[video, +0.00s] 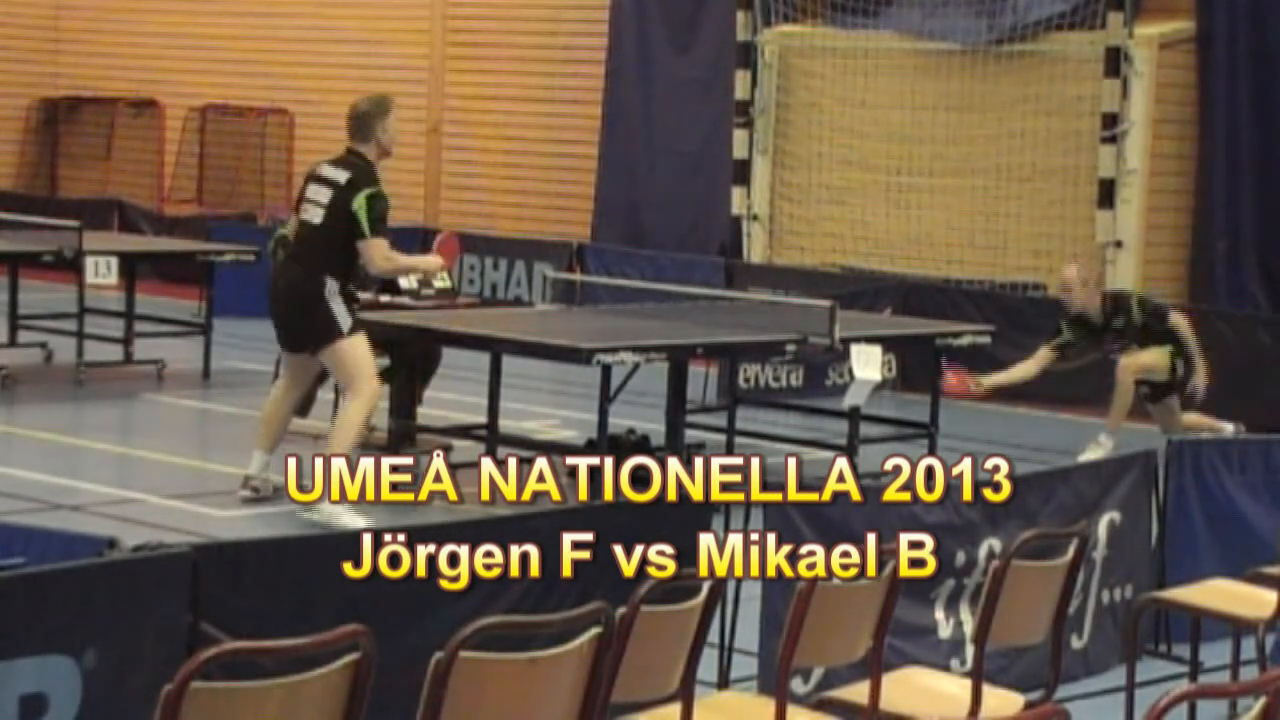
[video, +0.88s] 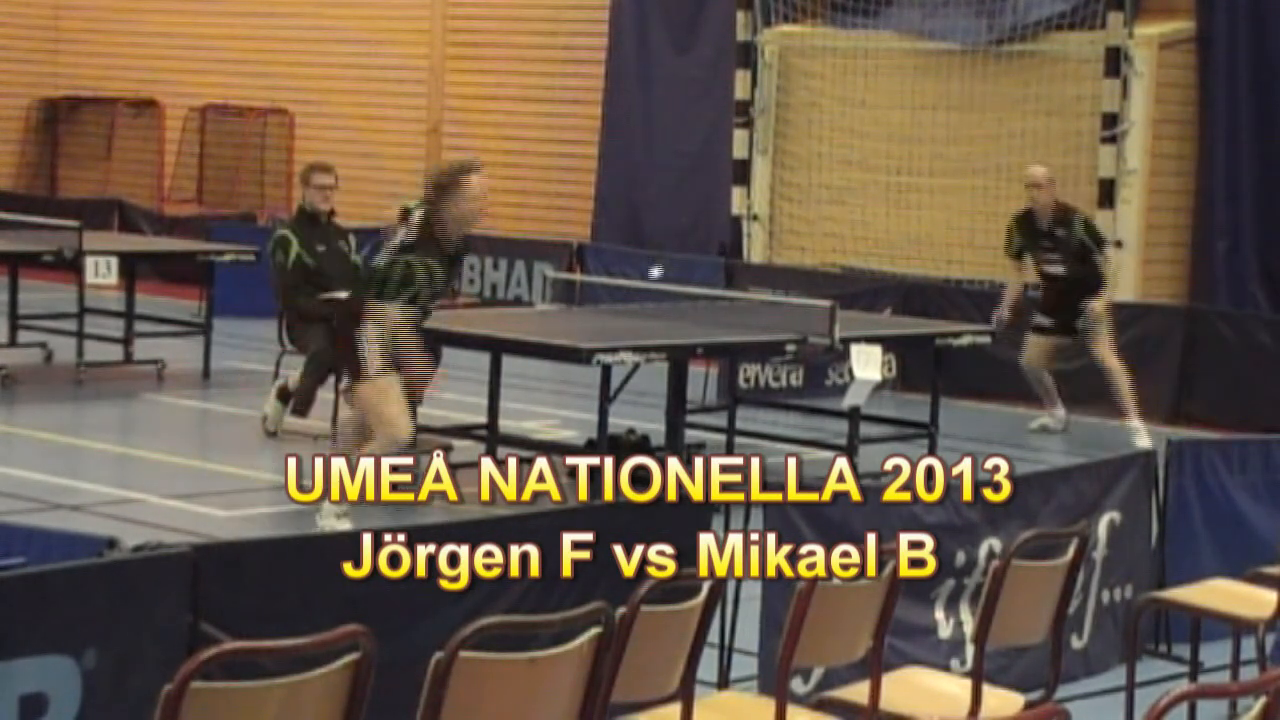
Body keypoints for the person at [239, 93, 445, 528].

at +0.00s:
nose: (398, 134)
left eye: (395, 127)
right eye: (393, 128)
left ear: (357, 132)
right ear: (377, 133)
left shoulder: (322, 170)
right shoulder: (365, 186)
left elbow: (307, 229)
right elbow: (379, 260)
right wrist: (423, 262)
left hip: (287, 282)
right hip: (318, 288)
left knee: (297, 379)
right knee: (365, 386)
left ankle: (257, 472)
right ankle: (332, 493)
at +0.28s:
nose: (380, 146)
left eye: (377, 138)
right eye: (375, 139)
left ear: (344, 147)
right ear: (360, 148)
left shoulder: (320, 180)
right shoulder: (340, 201)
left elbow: (341, 263)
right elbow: (338, 279)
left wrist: (381, 291)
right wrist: (396, 302)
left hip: (278, 298)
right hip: (298, 304)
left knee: (300, 388)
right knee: (355, 394)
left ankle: (254, 473)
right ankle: (320, 500)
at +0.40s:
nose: (379, 164)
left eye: (377, 156)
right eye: (374, 156)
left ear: (352, 161)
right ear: (355, 161)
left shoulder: (344, 204)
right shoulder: (327, 220)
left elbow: (358, 261)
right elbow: (304, 291)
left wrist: (409, 286)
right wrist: (357, 335)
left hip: (295, 313)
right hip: (286, 319)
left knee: (298, 395)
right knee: (355, 393)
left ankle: (254, 475)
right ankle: (329, 500)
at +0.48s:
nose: (380, 175)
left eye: (379, 167)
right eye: (375, 168)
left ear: (356, 172)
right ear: (355, 173)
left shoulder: (359, 216)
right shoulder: (321, 229)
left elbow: (383, 261)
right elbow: (289, 297)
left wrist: (430, 276)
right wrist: (317, 352)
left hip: (313, 317)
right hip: (290, 322)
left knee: (302, 394)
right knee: (357, 398)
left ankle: (255, 473)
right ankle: (333, 503)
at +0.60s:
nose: (394, 191)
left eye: (394, 184)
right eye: (387, 184)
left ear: (372, 189)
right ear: (362, 189)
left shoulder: (383, 230)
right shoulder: (327, 245)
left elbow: (422, 258)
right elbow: (281, 301)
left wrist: (463, 277)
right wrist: (274, 363)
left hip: (340, 329)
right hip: (311, 331)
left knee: (312, 408)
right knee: (372, 398)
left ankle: (259, 474)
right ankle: (333, 505)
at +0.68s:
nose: (414, 203)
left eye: (412, 195)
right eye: (405, 196)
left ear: (391, 202)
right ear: (378, 202)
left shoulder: (404, 233)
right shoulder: (340, 249)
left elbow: (452, 251)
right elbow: (285, 304)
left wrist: (486, 277)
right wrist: (260, 360)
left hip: (349, 328)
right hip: (315, 328)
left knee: (318, 420)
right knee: (371, 402)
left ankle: (268, 478)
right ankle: (333, 506)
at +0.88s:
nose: (479, 209)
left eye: (481, 199)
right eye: (472, 198)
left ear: (458, 203)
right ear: (448, 200)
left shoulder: (447, 246)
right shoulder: (416, 245)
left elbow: (409, 314)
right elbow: (392, 316)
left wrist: (420, 365)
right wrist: (418, 371)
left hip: (394, 341)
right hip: (368, 341)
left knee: (357, 430)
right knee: (396, 431)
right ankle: (337, 505)